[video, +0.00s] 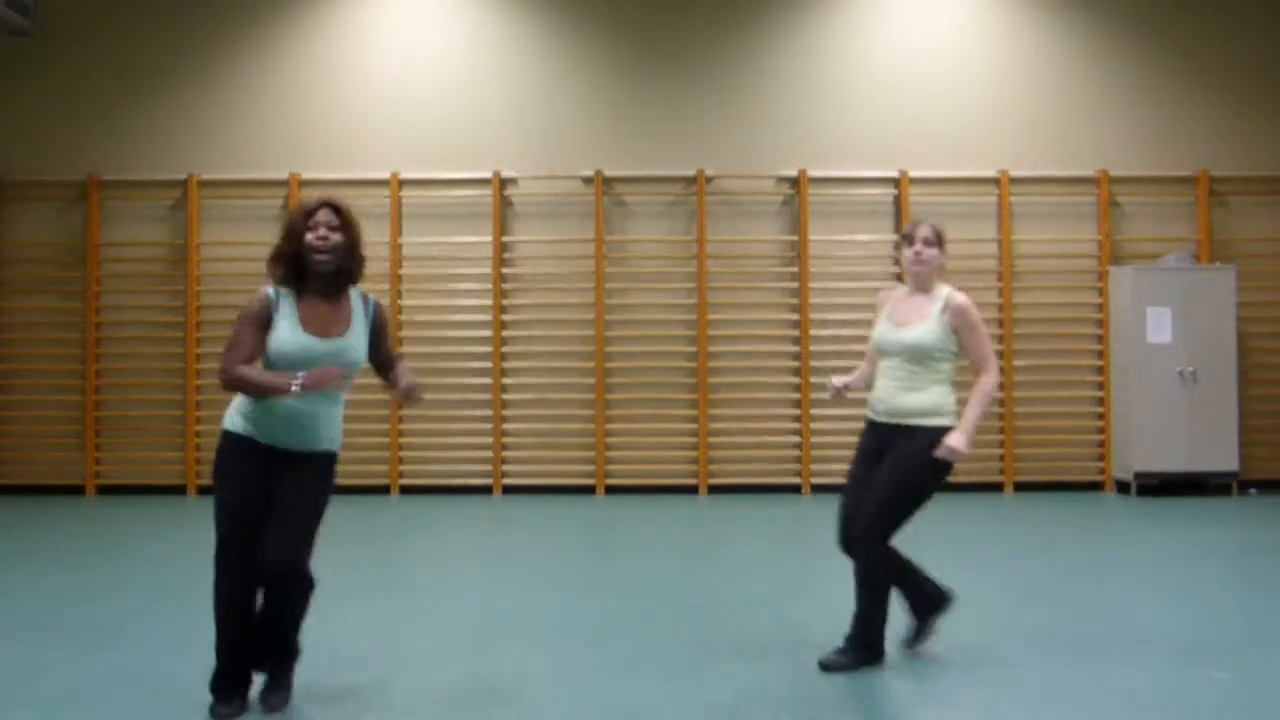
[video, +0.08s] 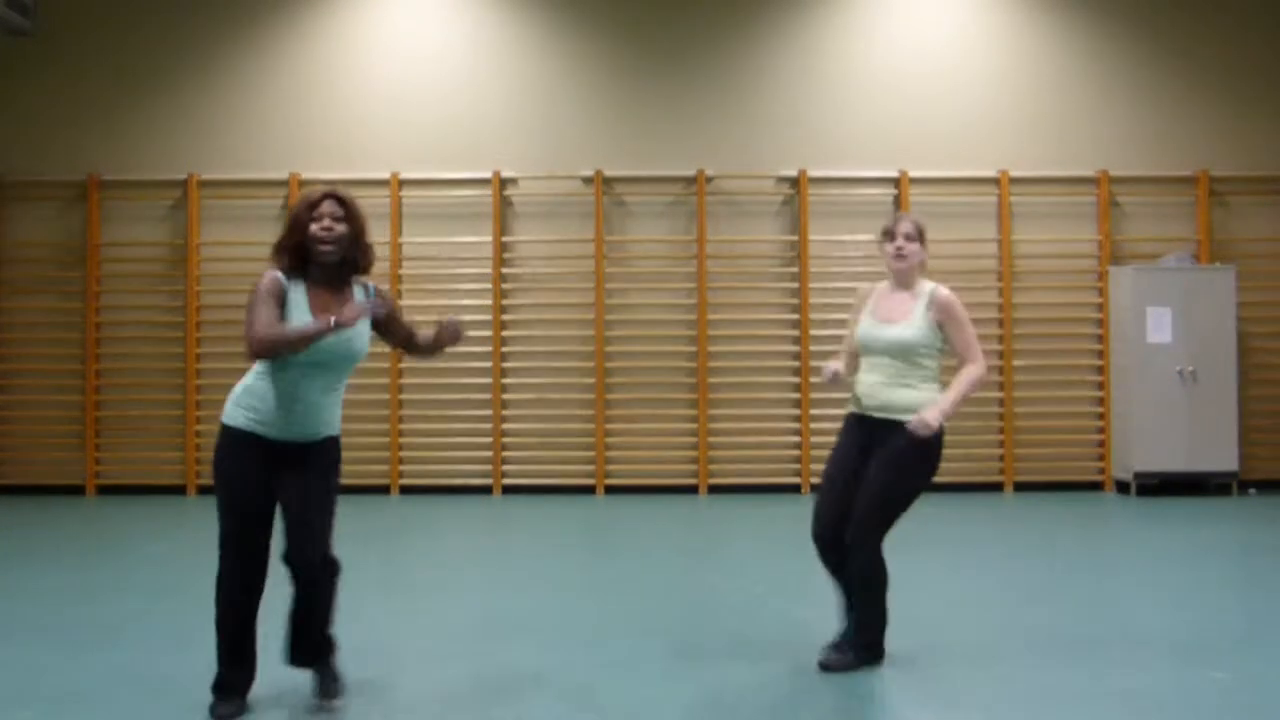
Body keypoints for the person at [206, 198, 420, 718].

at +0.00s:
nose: (323, 237)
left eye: (334, 229)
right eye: (313, 229)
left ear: (351, 243)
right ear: (297, 241)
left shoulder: (369, 312)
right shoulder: (270, 302)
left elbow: (386, 363)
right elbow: (232, 371)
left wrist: (401, 381)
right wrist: (297, 382)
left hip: (313, 455)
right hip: (249, 445)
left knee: (285, 564)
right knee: (235, 566)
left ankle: (279, 666)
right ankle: (229, 684)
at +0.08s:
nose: (325, 226)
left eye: (337, 219)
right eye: (316, 218)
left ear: (354, 234)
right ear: (300, 232)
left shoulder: (367, 296)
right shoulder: (277, 283)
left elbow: (410, 340)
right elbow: (259, 343)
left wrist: (437, 337)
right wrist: (326, 326)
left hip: (314, 443)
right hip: (249, 437)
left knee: (312, 559)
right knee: (240, 565)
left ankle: (318, 657)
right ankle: (230, 688)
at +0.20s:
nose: (337, 224)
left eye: (348, 218)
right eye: (327, 217)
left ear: (366, 232)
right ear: (310, 229)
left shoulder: (376, 285)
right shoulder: (288, 273)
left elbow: (439, 295)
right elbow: (305, 283)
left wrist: (494, 283)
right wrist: (379, 262)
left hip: (327, 441)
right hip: (260, 437)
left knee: (352, 563)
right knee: (245, 569)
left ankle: (380, 680)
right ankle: (229, 692)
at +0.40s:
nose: (363, 227)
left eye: (373, 220)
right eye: (353, 219)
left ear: (390, 231)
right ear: (335, 229)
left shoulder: (402, 284)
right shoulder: (318, 274)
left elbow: (459, 331)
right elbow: (315, 320)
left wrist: (497, 301)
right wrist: (389, 293)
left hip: (367, 440)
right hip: (304, 436)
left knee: (378, 567)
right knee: (322, 554)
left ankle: (390, 682)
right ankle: (283, 661)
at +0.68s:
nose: (395, 216)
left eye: (403, 209)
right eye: (385, 210)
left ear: (421, 223)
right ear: (367, 224)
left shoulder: (433, 278)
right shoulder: (352, 273)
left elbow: (487, 305)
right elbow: (339, 307)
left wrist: (509, 272)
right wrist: (393, 260)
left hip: (411, 434)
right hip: (347, 432)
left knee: (447, 545)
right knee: (342, 556)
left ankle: (454, 655)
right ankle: (327, 685)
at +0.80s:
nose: (408, 218)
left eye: (416, 211)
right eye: (396, 213)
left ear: (431, 226)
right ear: (379, 231)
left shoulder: (449, 276)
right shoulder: (367, 283)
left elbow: (516, 263)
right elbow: (364, 261)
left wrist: (561, 220)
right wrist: (428, 216)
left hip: (436, 434)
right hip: (372, 432)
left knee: (469, 550)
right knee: (354, 551)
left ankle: (521, 664)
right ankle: (330, 691)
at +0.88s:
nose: (415, 228)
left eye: (423, 221)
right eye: (404, 223)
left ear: (436, 234)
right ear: (388, 240)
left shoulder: (462, 281)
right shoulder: (375, 293)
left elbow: (534, 258)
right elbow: (376, 267)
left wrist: (588, 218)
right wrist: (437, 226)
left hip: (461, 442)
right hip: (397, 441)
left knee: (487, 557)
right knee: (380, 551)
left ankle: (525, 670)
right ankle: (336, 684)